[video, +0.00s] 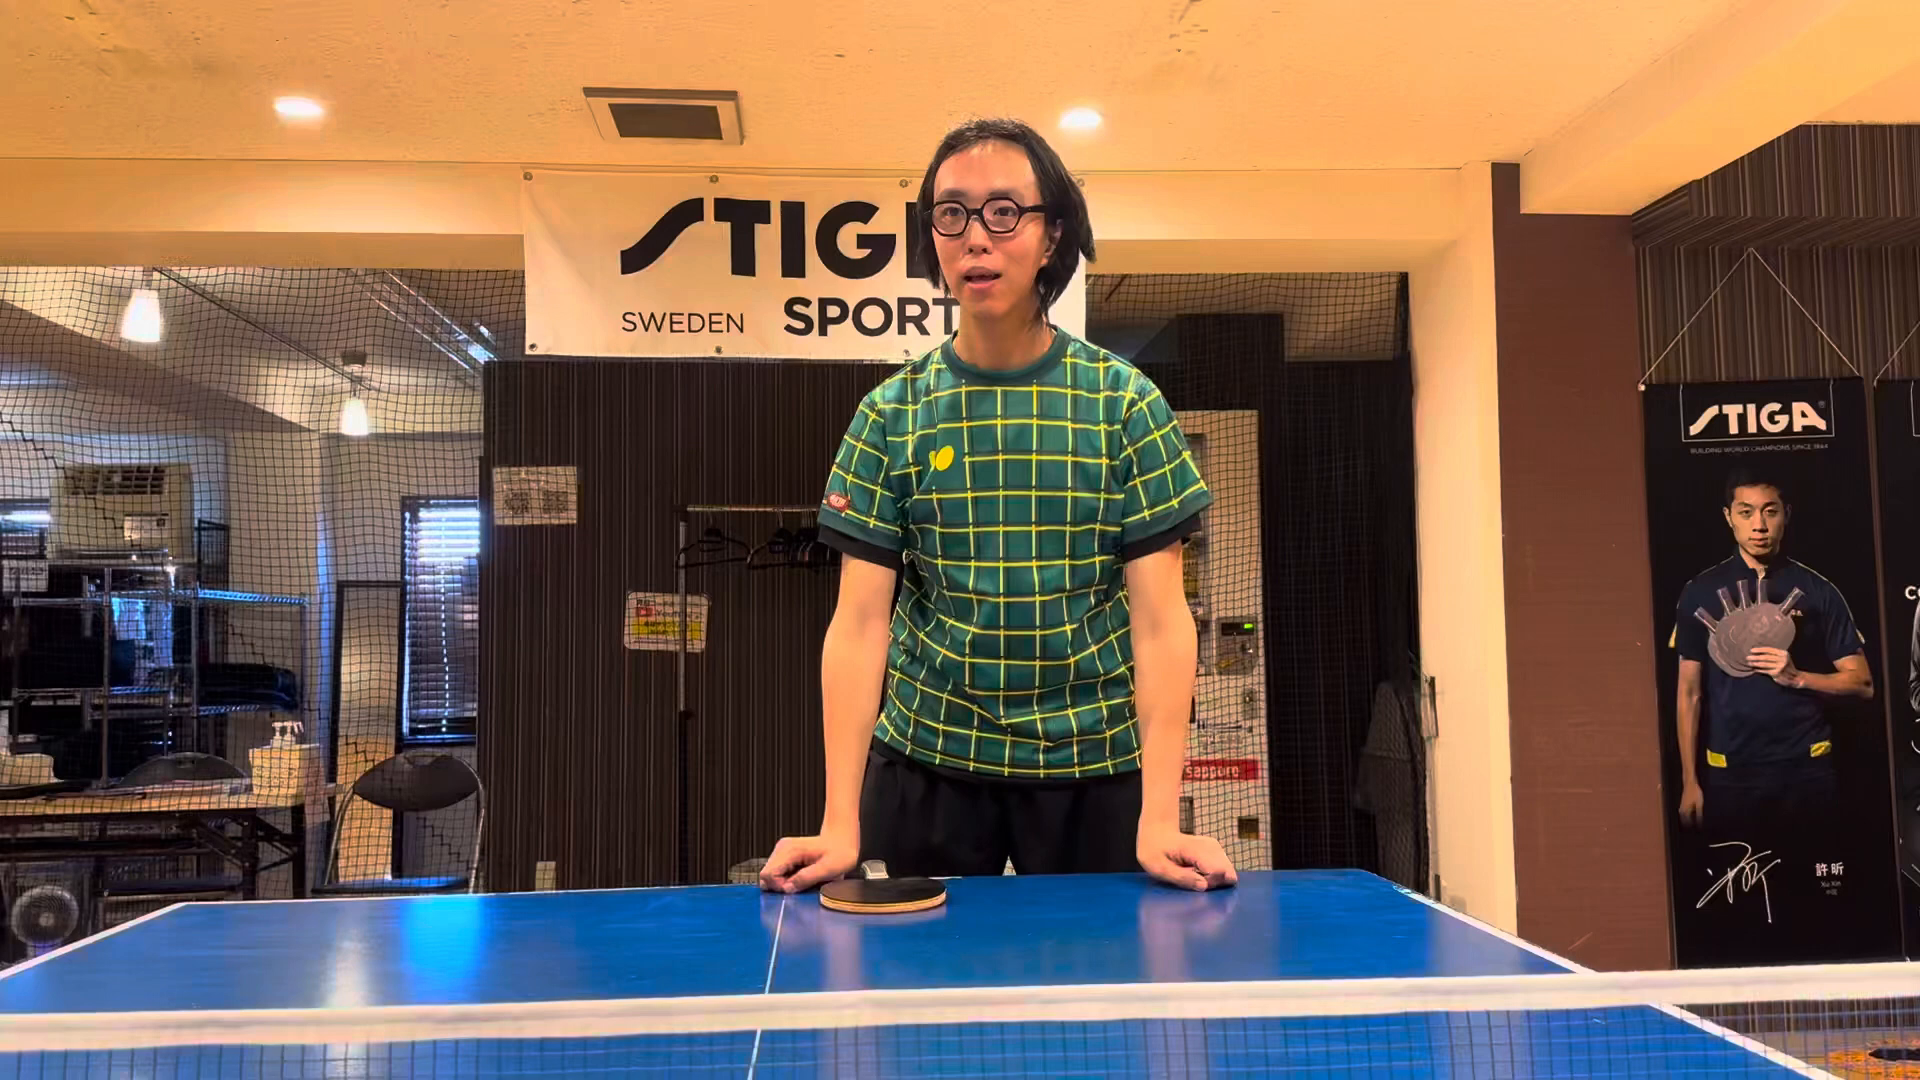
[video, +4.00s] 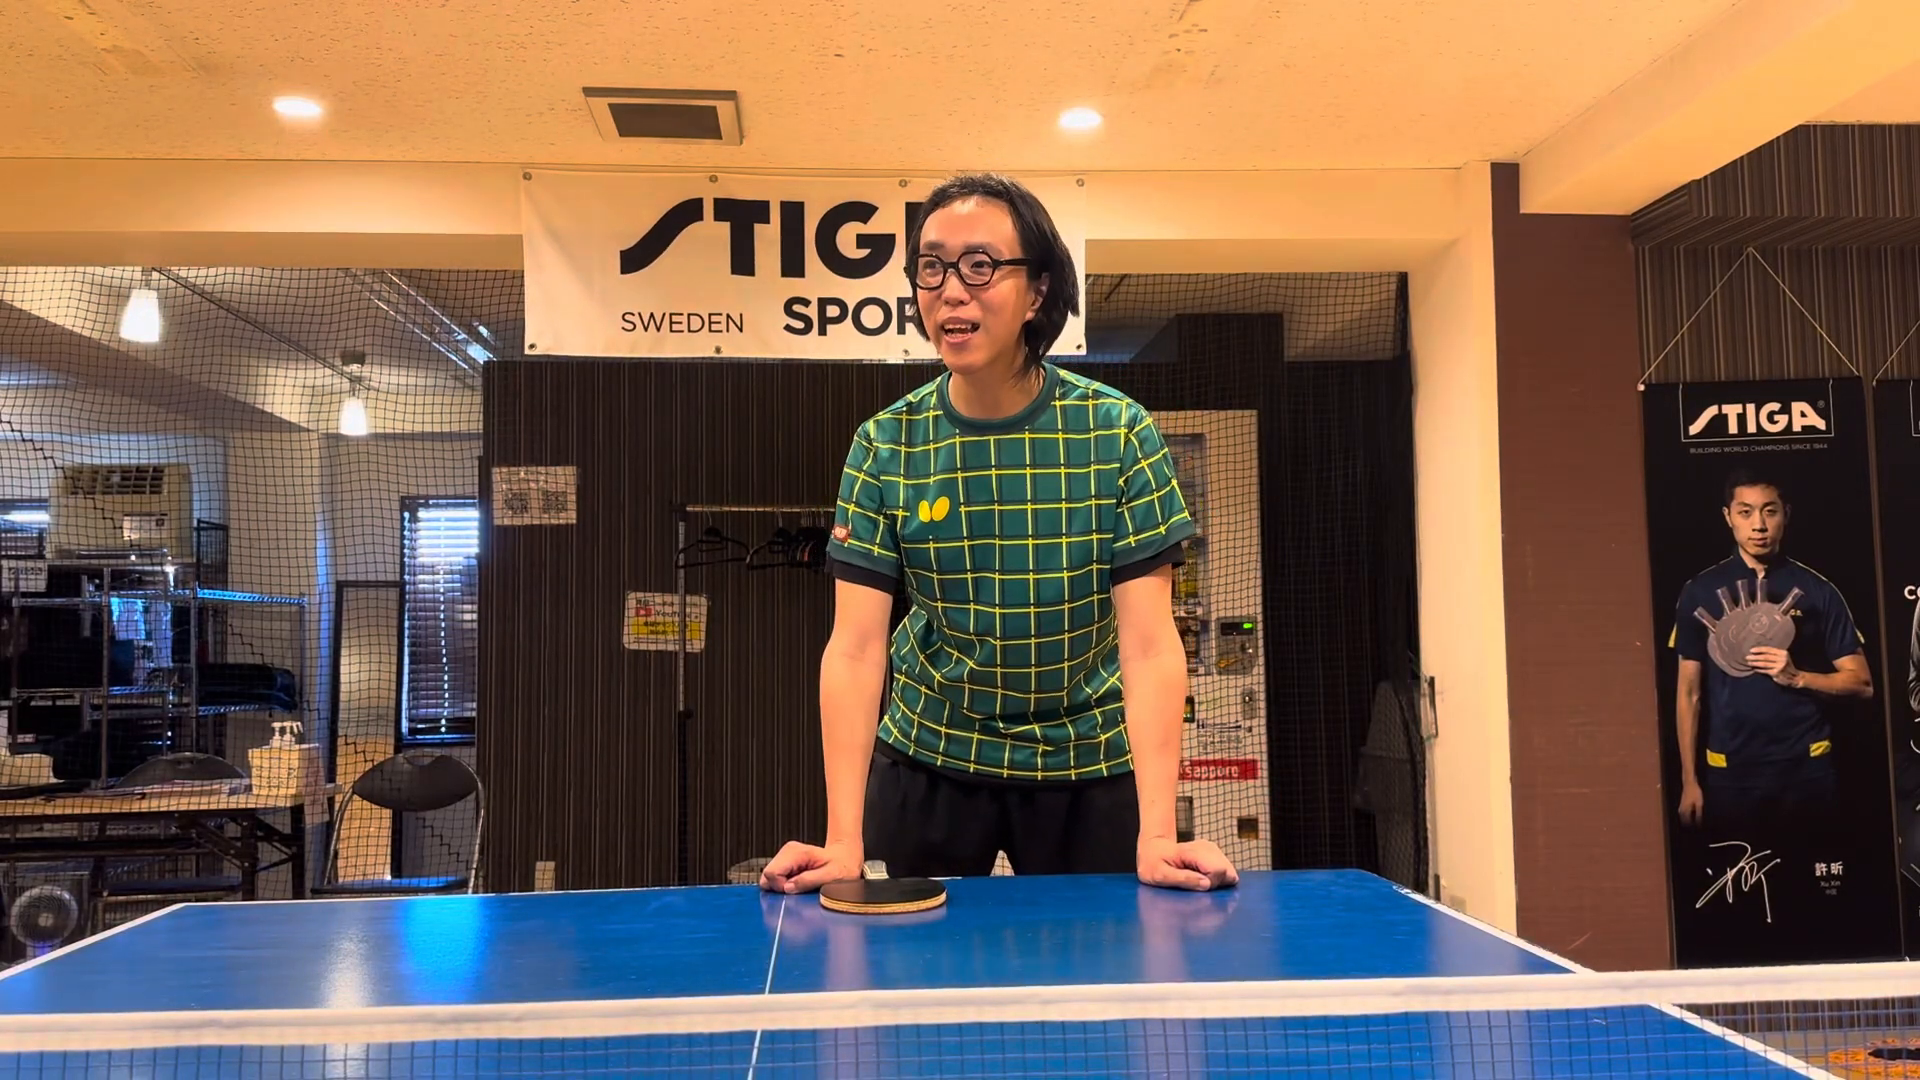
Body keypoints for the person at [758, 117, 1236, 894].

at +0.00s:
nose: (977, 239)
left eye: (1005, 213)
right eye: (954, 216)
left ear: (1054, 237)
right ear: (931, 240)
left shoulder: (1123, 404)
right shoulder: (892, 414)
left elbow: (1160, 621)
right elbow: (858, 625)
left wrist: (1161, 818)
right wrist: (840, 827)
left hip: (1094, 788)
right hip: (926, 786)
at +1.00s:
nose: (958, 268)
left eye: (990, 241)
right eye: (938, 242)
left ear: (1049, 266)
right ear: (918, 263)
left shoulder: (1126, 408)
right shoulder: (884, 417)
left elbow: (1160, 638)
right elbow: (854, 637)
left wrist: (1163, 836)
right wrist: (842, 842)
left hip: (1094, 809)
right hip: (925, 804)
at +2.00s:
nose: (956, 276)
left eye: (987, 249)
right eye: (937, 251)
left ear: (1045, 274)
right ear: (918, 271)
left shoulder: (1125, 413)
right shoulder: (887, 424)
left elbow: (1160, 639)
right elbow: (853, 643)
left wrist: (1163, 834)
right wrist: (841, 841)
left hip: (1096, 811)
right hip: (929, 807)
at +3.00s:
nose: (951, 283)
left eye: (982, 257)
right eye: (932, 259)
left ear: (1040, 281)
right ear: (914, 278)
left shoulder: (1122, 419)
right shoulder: (886, 429)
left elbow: (1157, 642)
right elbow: (853, 645)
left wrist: (1162, 836)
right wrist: (841, 843)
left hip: (1093, 800)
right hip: (928, 796)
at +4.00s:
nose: (950, 293)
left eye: (980, 268)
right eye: (933, 269)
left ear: (1036, 292)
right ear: (916, 288)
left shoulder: (1117, 433)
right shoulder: (886, 446)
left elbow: (1150, 645)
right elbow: (855, 648)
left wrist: (1159, 833)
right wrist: (842, 842)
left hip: (1086, 770)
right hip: (927, 768)